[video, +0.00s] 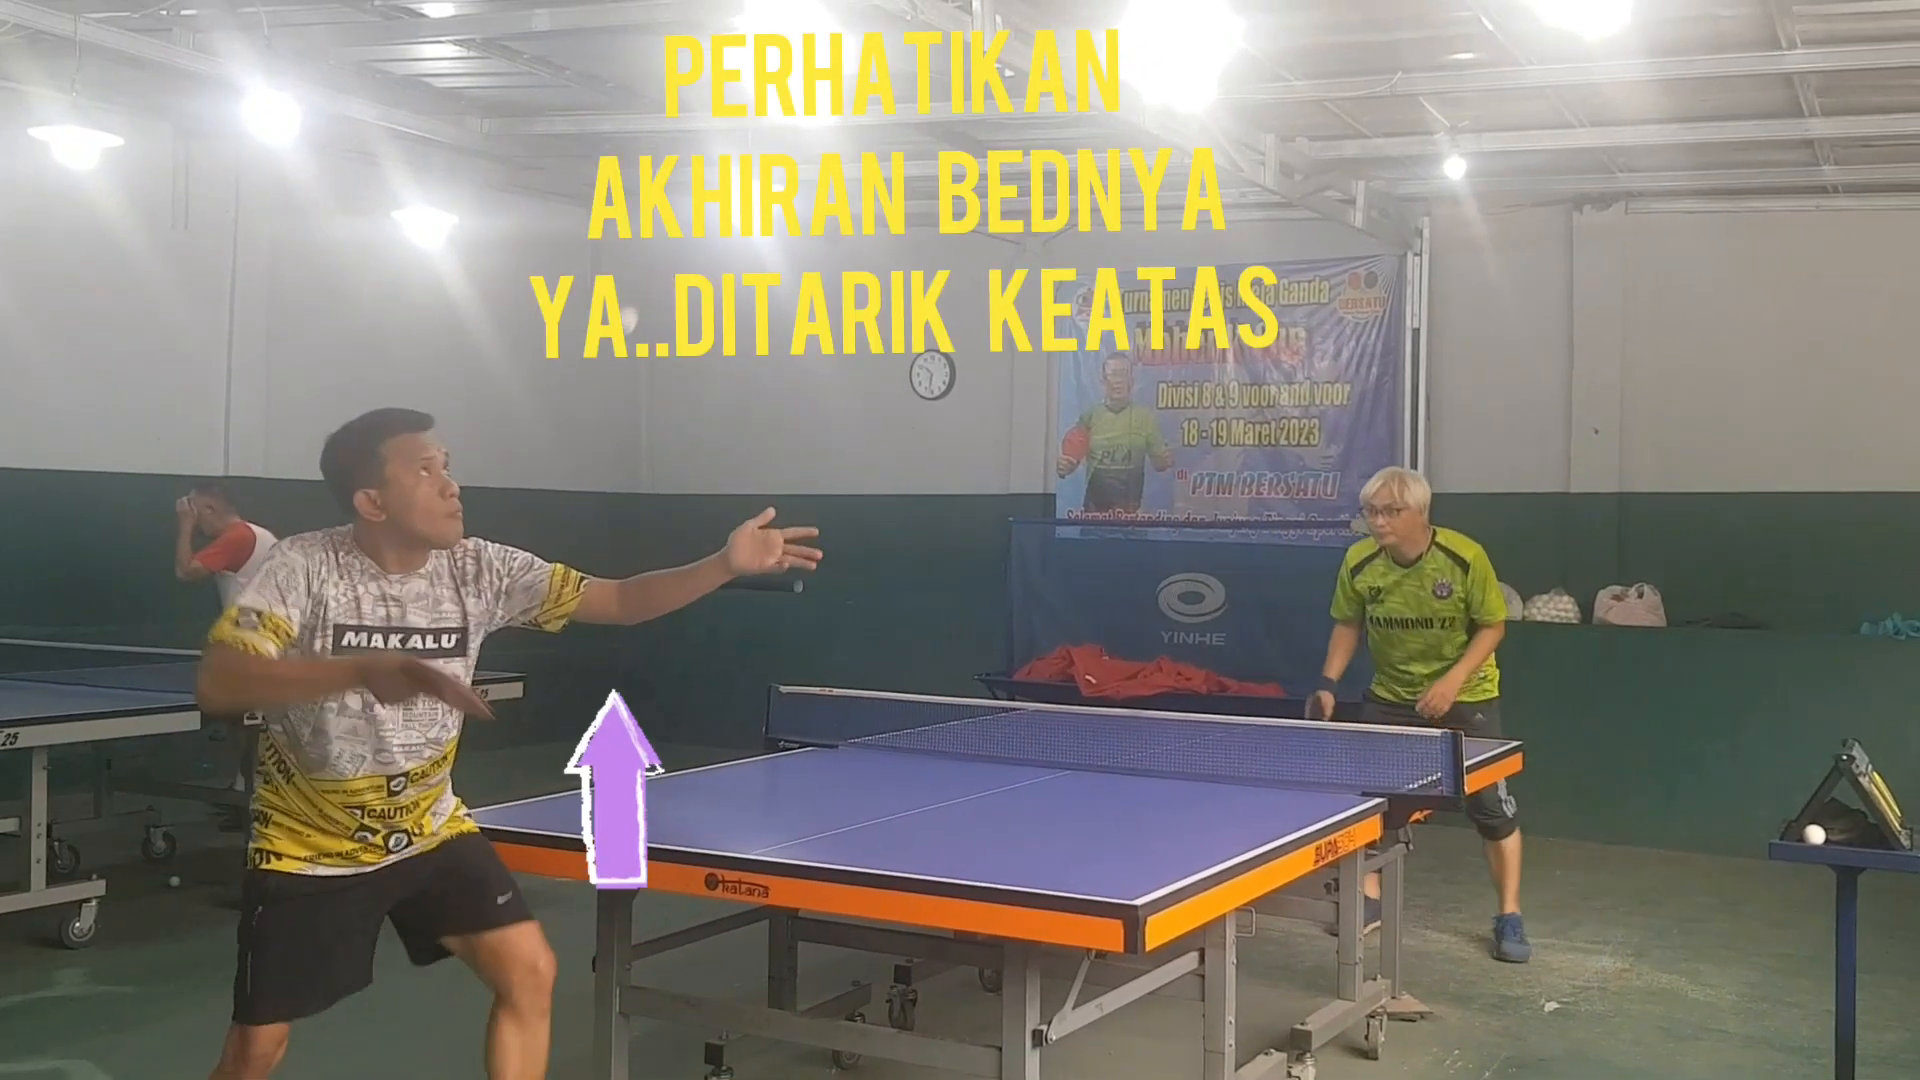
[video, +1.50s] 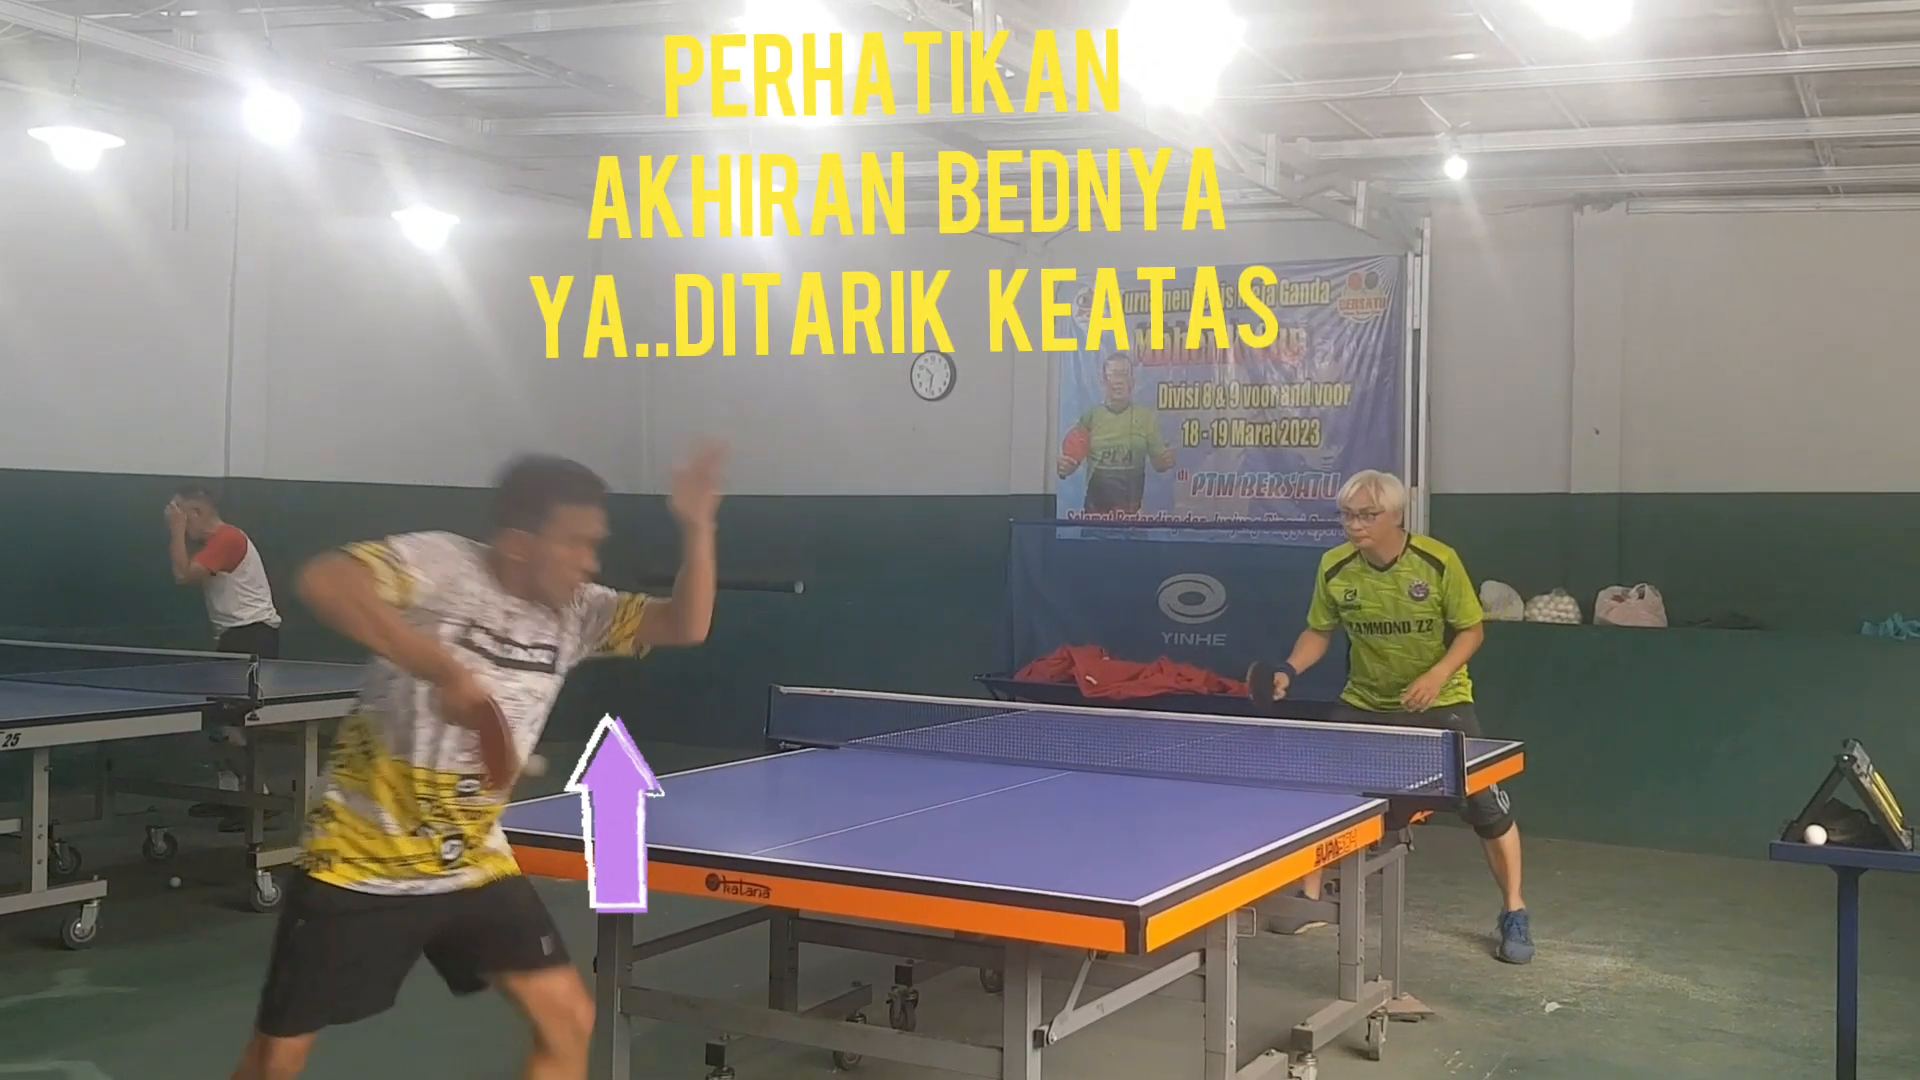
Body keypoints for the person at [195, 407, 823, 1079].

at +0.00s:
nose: (452, 481)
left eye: (448, 465)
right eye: (427, 469)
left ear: (444, 477)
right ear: (368, 500)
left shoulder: (480, 569)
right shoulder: (297, 569)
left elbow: (617, 601)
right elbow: (218, 683)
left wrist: (725, 564)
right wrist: (362, 670)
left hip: (429, 827)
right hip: (306, 841)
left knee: (529, 970)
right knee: (258, 1043)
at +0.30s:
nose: (462, 489)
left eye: (459, 472)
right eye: (439, 477)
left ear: (454, 490)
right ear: (380, 505)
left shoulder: (489, 573)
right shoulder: (305, 563)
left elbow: (622, 605)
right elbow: (195, 641)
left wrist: (732, 563)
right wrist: (338, 632)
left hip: (428, 820)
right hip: (308, 837)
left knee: (537, 959)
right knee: (254, 1047)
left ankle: (473, 1077)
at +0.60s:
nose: (487, 507)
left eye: (485, 489)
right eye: (467, 493)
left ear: (483, 501)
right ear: (403, 514)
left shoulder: (510, 581)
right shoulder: (327, 560)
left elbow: (642, 608)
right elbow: (192, 597)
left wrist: (742, 557)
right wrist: (320, 601)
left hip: (434, 828)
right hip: (316, 843)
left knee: (543, 961)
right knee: (257, 1050)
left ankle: (426, 1057)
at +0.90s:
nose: (503, 519)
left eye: (502, 501)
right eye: (483, 503)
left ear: (499, 510)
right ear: (419, 518)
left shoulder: (523, 586)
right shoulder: (348, 558)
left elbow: (658, 608)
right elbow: (196, 574)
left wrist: (746, 550)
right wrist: (329, 588)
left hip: (439, 831)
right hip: (321, 842)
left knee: (544, 965)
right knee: (259, 1050)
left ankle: (421, 1047)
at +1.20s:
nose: (537, 535)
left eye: (541, 516)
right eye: (518, 516)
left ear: (544, 522)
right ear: (459, 525)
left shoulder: (552, 596)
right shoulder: (389, 558)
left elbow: (682, 608)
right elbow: (246, 553)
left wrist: (737, 534)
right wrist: (371, 611)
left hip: (453, 839)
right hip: (337, 843)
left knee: (558, 979)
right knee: (265, 1049)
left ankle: (450, 1070)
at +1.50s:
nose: (592, 563)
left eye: (596, 547)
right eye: (579, 545)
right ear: (518, 543)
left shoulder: (578, 612)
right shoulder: (442, 563)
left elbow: (685, 623)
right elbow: (325, 580)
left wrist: (698, 527)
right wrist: (444, 671)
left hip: (471, 855)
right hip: (358, 854)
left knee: (569, 1020)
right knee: (275, 1057)